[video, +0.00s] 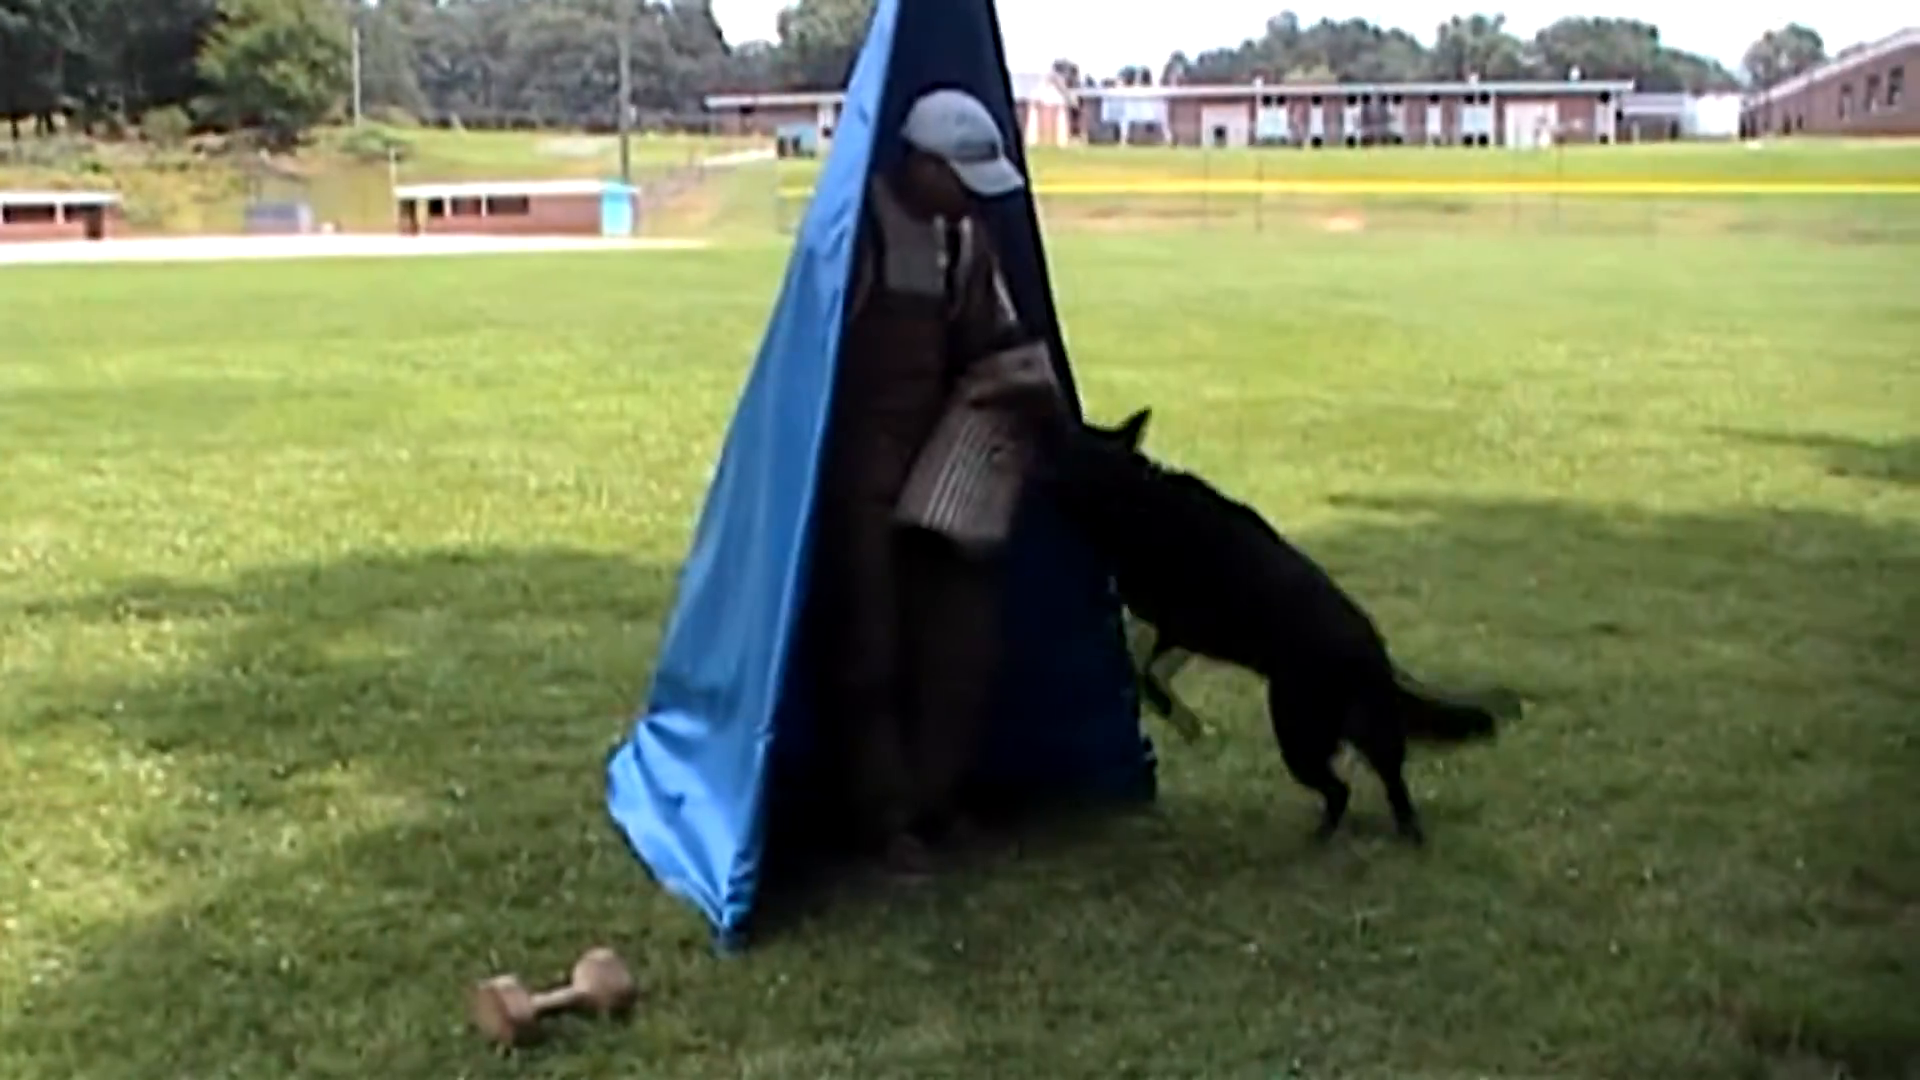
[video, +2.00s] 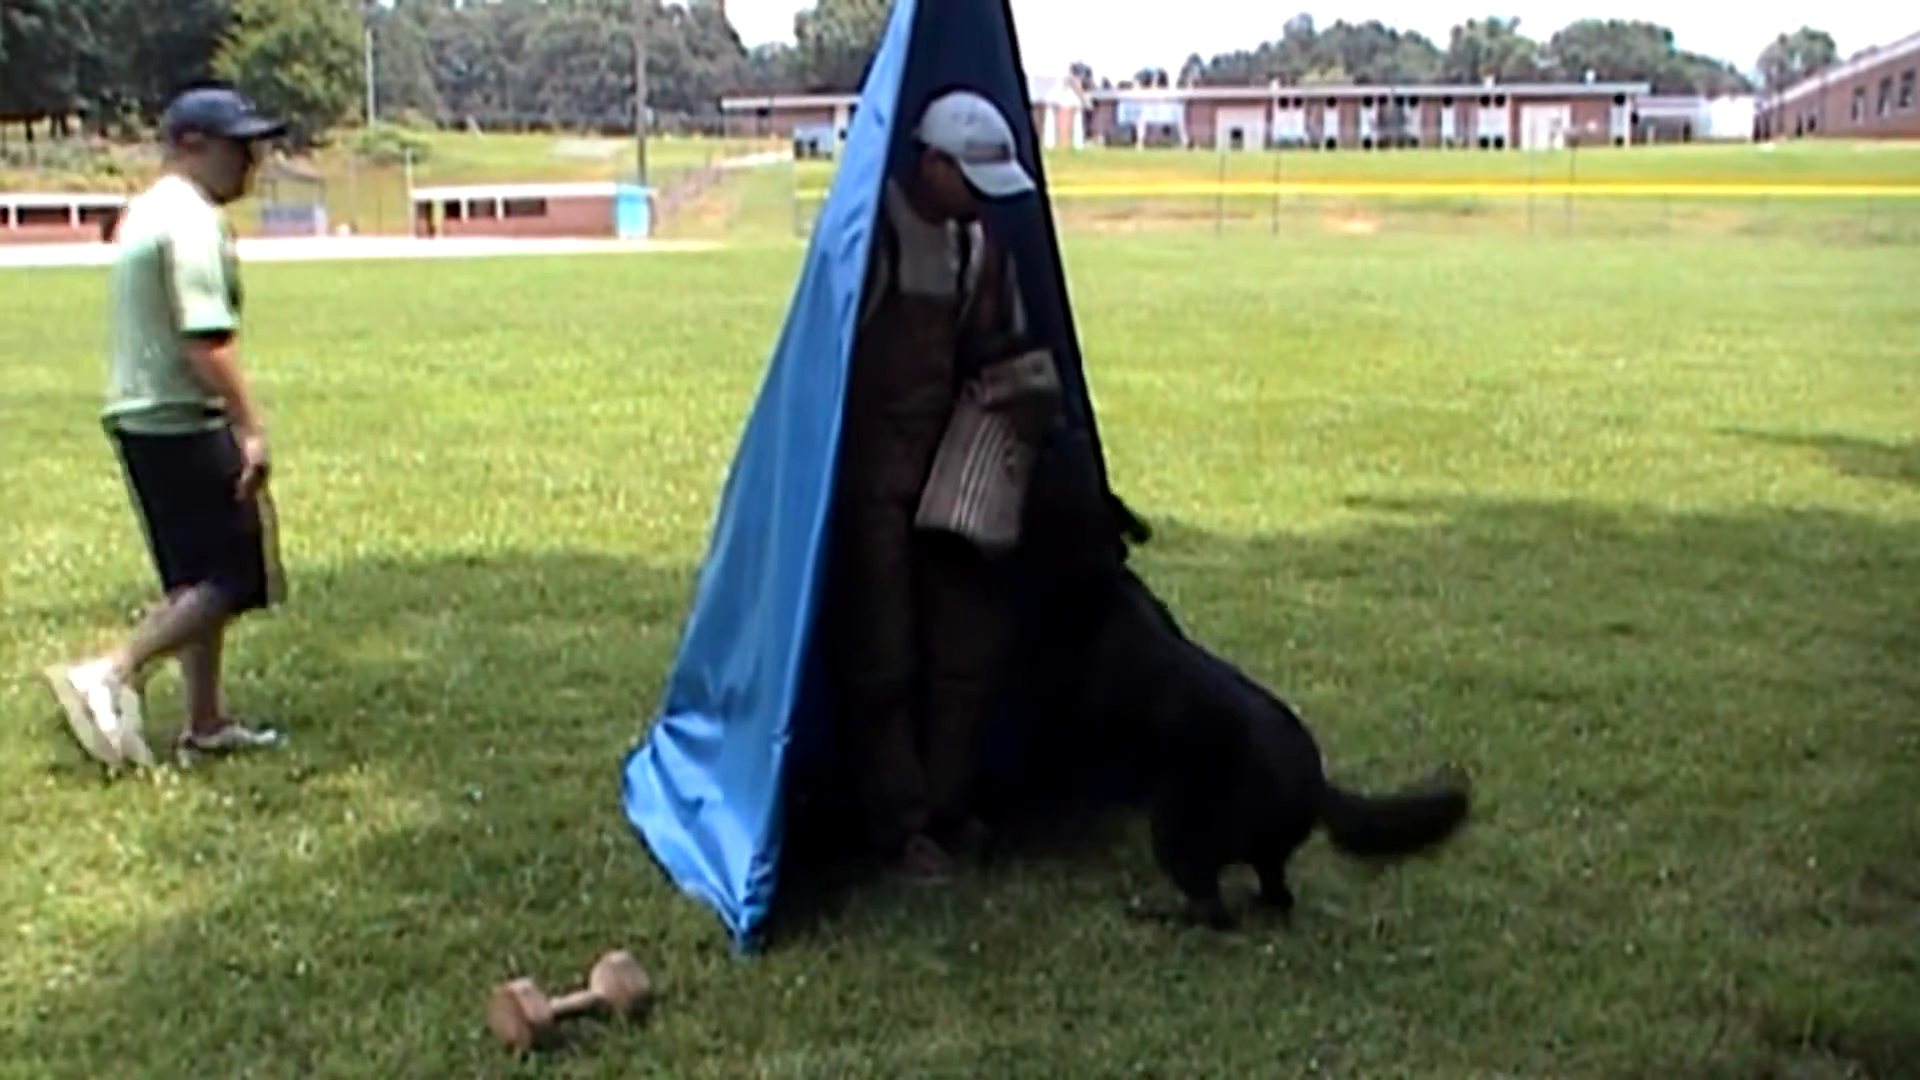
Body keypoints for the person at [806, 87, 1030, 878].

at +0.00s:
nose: (969, 197)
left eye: (976, 182)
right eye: (960, 179)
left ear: (967, 173)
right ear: (916, 163)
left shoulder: (969, 242)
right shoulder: (850, 239)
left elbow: (1005, 351)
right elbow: (808, 368)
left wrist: (1015, 378)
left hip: (948, 478)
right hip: (858, 483)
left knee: (951, 638)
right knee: (873, 647)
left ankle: (938, 804)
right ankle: (882, 821)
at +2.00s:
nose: (980, 196)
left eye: (987, 183)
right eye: (971, 179)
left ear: (983, 172)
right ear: (928, 162)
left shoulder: (984, 249)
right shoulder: (863, 244)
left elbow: (1005, 362)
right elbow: (824, 369)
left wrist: (1028, 385)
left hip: (959, 486)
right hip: (872, 486)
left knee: (962, 648)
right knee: (885, 658)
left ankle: (948, 811)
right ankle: (899, 828)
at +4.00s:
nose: (976, 200)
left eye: (983, 186)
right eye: (966, 183)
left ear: (975, 175)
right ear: (922, 164)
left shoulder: (978, 251)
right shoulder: (857, 243)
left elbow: (1004, 361)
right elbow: (819, 366)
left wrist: (1025, 381)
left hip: (956, 485)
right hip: (869, 486)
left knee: (968, 645)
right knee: (882, 658)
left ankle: (947, 811)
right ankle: (894, 830)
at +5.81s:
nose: (971, 199)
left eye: (978, 186)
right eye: (961, 182)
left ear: (974, 174)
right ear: (917, 163)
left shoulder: (975, 245)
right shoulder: (855, 241)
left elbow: (997, 355)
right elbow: (815, 365)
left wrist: (1022, 384)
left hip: (955, 484)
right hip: (866, 486)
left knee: (961, 646)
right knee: (880, 658)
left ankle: (944, 813)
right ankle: (892, 829)